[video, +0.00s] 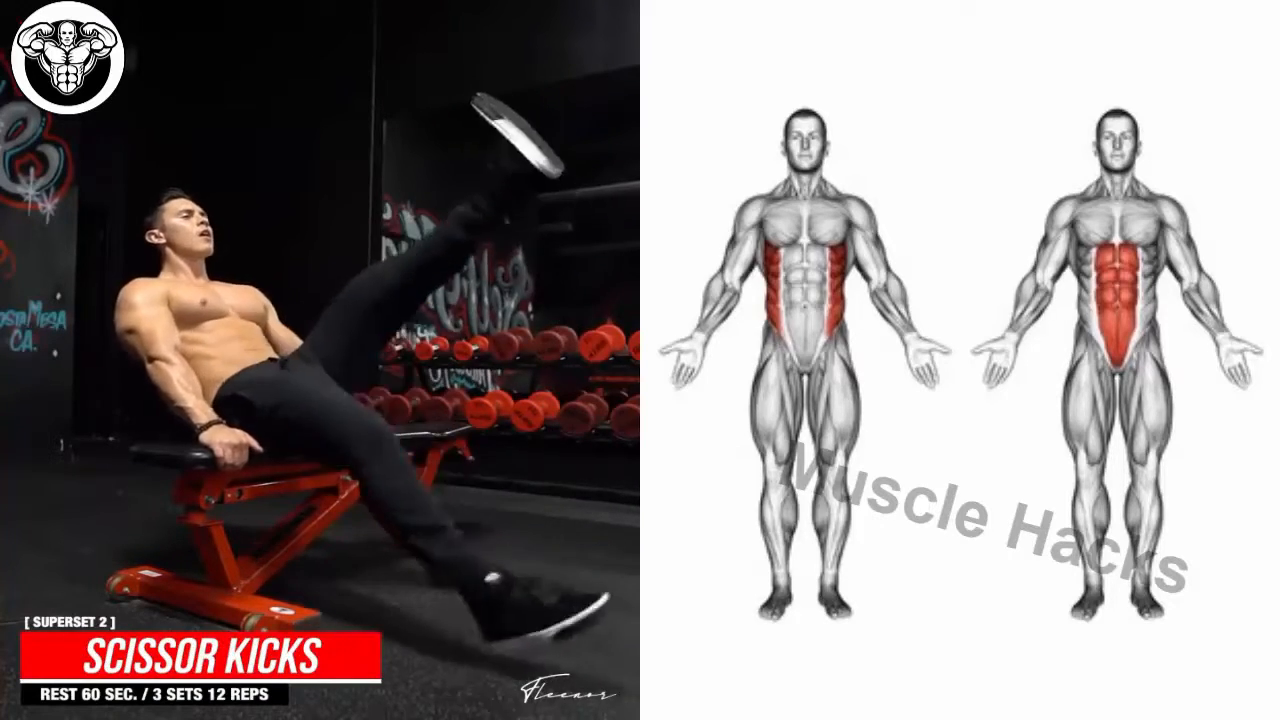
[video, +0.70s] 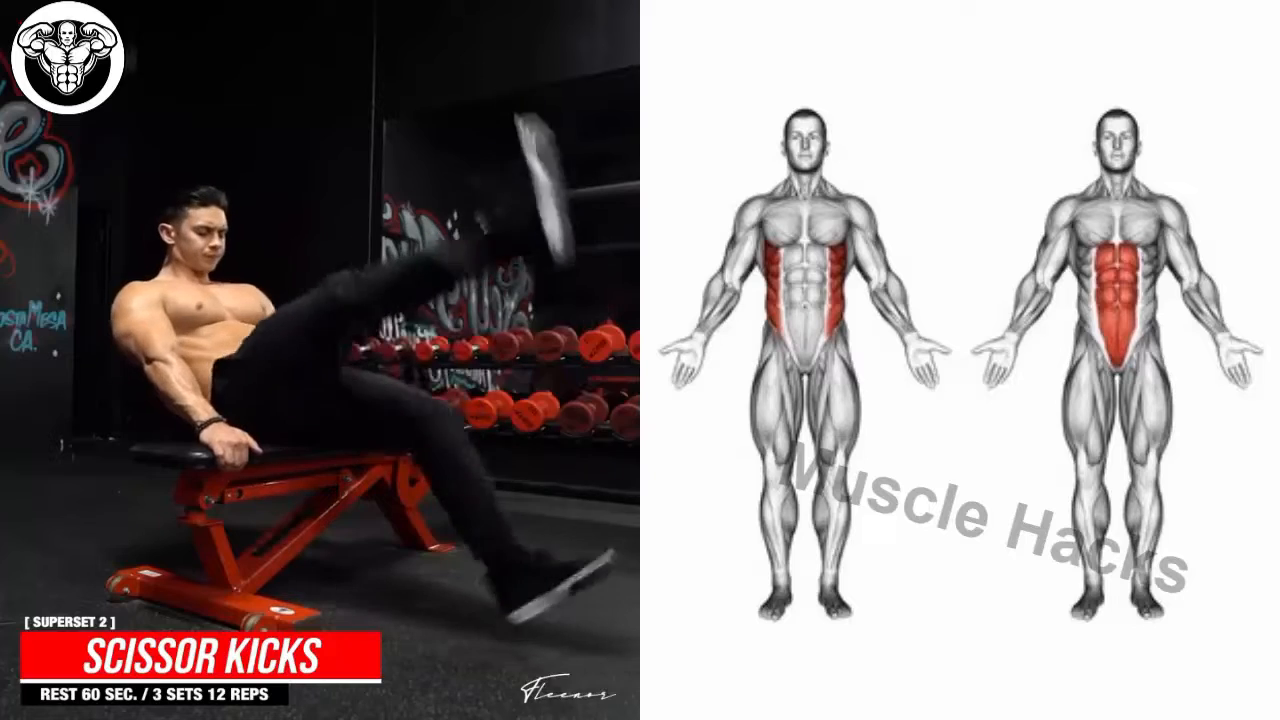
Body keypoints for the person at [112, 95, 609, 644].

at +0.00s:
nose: (203, 221)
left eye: (203, 215)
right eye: (187, 215)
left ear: (206, 235)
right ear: (158, 237)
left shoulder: (246, 294)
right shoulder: (142, 294)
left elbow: (302, 352)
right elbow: (163, 358)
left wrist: (354, 394)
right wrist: (207, 424)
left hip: (302, 370)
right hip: (250, 387)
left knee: (383, 284)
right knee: (371, 438)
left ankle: (502, 188)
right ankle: (490, 591)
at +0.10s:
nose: (202, 226)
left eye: (202, 219)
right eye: (186, 220)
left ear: (203, 237)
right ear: (156, 239)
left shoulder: (246, 297)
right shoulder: (142, 294)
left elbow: (302, 356)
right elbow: (163, 359)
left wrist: (359, 399)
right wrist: (208, 425)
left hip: (297, 373)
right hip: (246, 387)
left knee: (373, 291)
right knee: (368, 419)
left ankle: (520, 214)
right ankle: (501, 561)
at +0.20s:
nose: (200, 235)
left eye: (200, 226)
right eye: (185, 228)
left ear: (202, 238)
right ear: (154, 244)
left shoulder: (241, 299)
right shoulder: (137, 299)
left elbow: (298, 353)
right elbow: (162, 362)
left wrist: (369, 388)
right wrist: (207, 424)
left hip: (294, 377)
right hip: (239, 395)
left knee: (382, 312)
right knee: (368, 383)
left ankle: (539, 285)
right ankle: (534, 461)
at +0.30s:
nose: (201, 241)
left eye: (204, 233)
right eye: (187, 232)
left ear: (207, 243)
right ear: (155, 244)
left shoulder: (244, 299)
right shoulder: (136, 302)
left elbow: (298, 363)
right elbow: (159, 366)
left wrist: (353, 416)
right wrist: (209, 424)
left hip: (294, 394)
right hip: (239, 403)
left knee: (400, 346)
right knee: (367, 350)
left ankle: (566, 362)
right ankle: (560, 354)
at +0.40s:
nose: (207, 242)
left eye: (211, 234)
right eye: (193, 232)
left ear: (215, 243)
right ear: (159, 242)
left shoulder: (247, 297)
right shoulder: (138, 301)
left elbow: (307, 359)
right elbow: (155, 360)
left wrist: (366, 418)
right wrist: (207, 422)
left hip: (306, 402)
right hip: (245, 398)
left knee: (424, 380)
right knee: (347, 312)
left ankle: (577, 475)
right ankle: (500, 243)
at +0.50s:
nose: (214, 243)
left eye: (219, 234)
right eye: (202, 232)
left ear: (222, 238)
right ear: (168, 236)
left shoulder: (247, 293)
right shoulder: (139, 298)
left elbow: (298, 344)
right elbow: (157, 365)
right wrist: (207, 424)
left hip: (305, 394)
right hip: (243, 391)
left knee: (435, 421)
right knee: (342, 285)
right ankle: (472, 186)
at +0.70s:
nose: (216, 243)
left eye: (221, 234)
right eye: (203, 232)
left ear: (225, 239)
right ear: (169, 235)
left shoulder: (248, 294)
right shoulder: (139, 298)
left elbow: (302, 349)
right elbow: (160, 359)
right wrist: (208, 423)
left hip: (302, 399)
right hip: (241, 399)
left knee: (431, 418)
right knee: (335, 295)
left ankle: (514, 576)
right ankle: (472, 250)